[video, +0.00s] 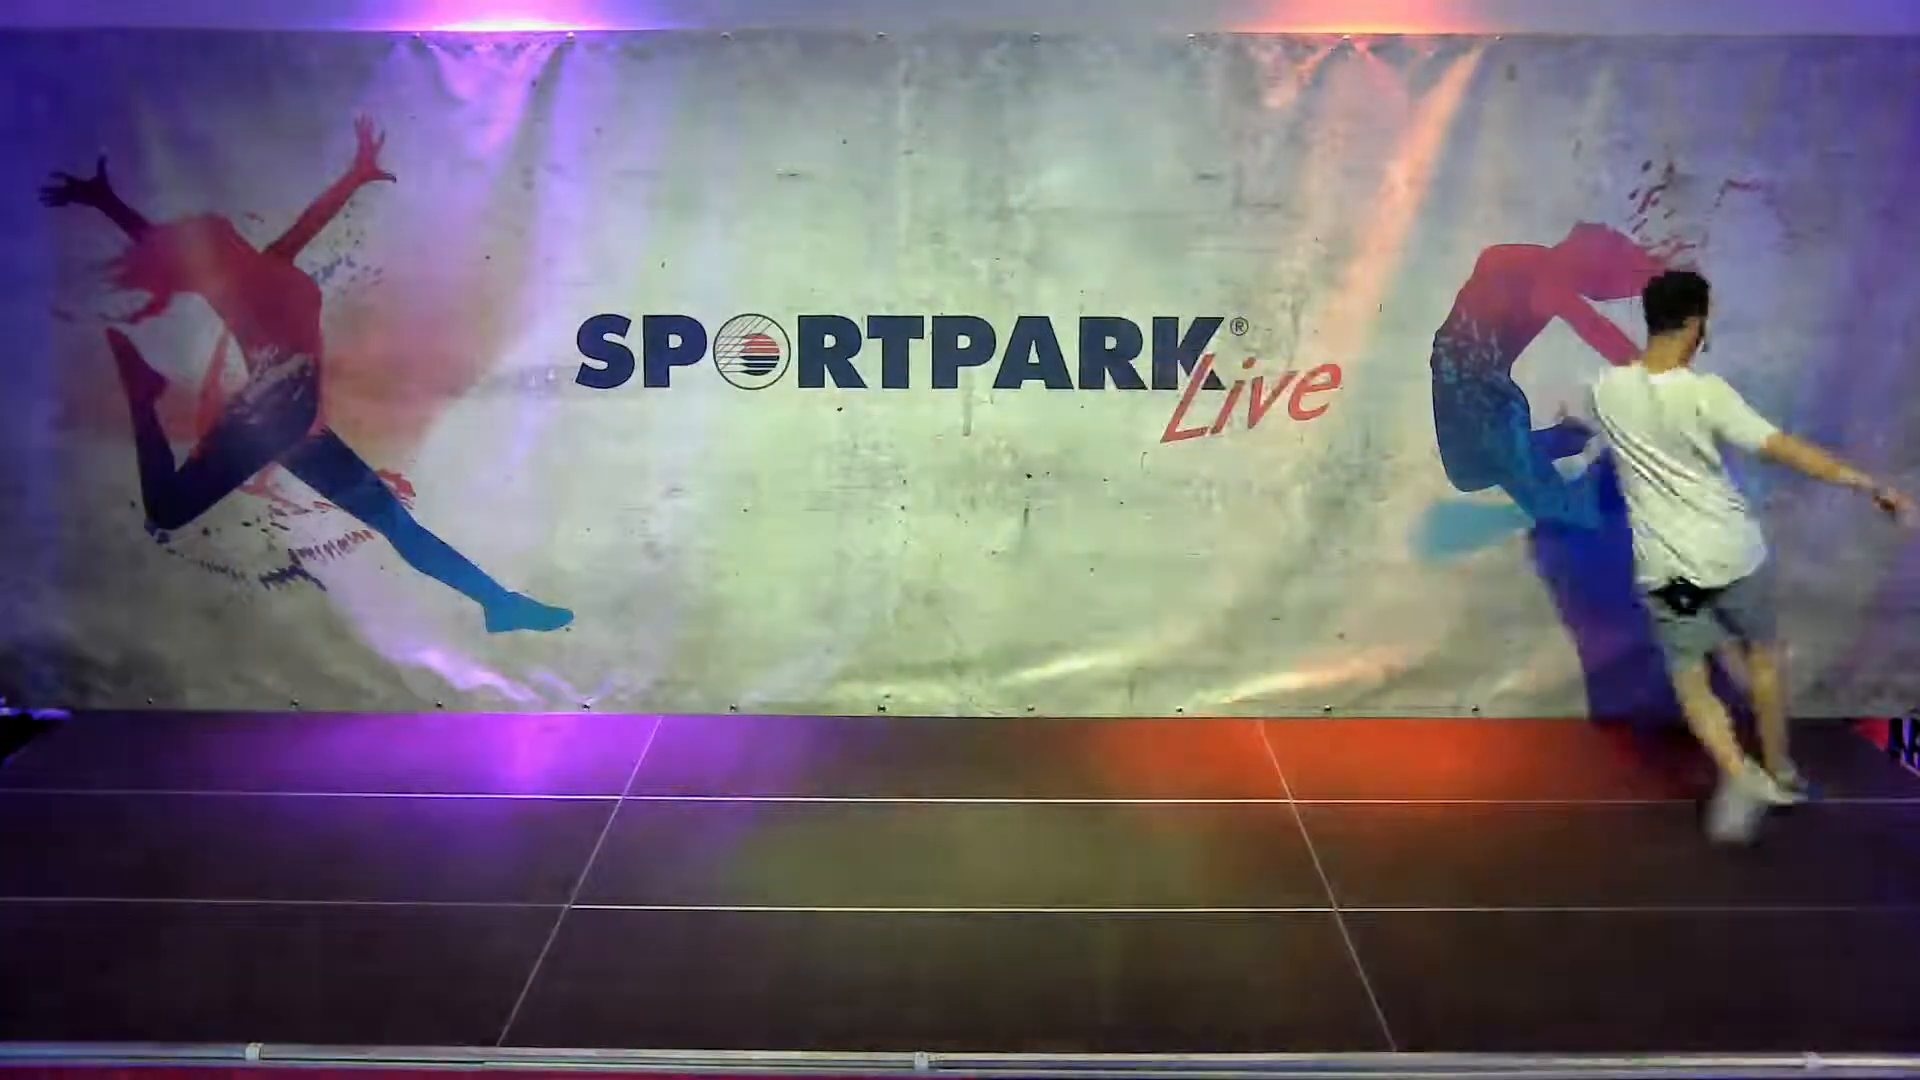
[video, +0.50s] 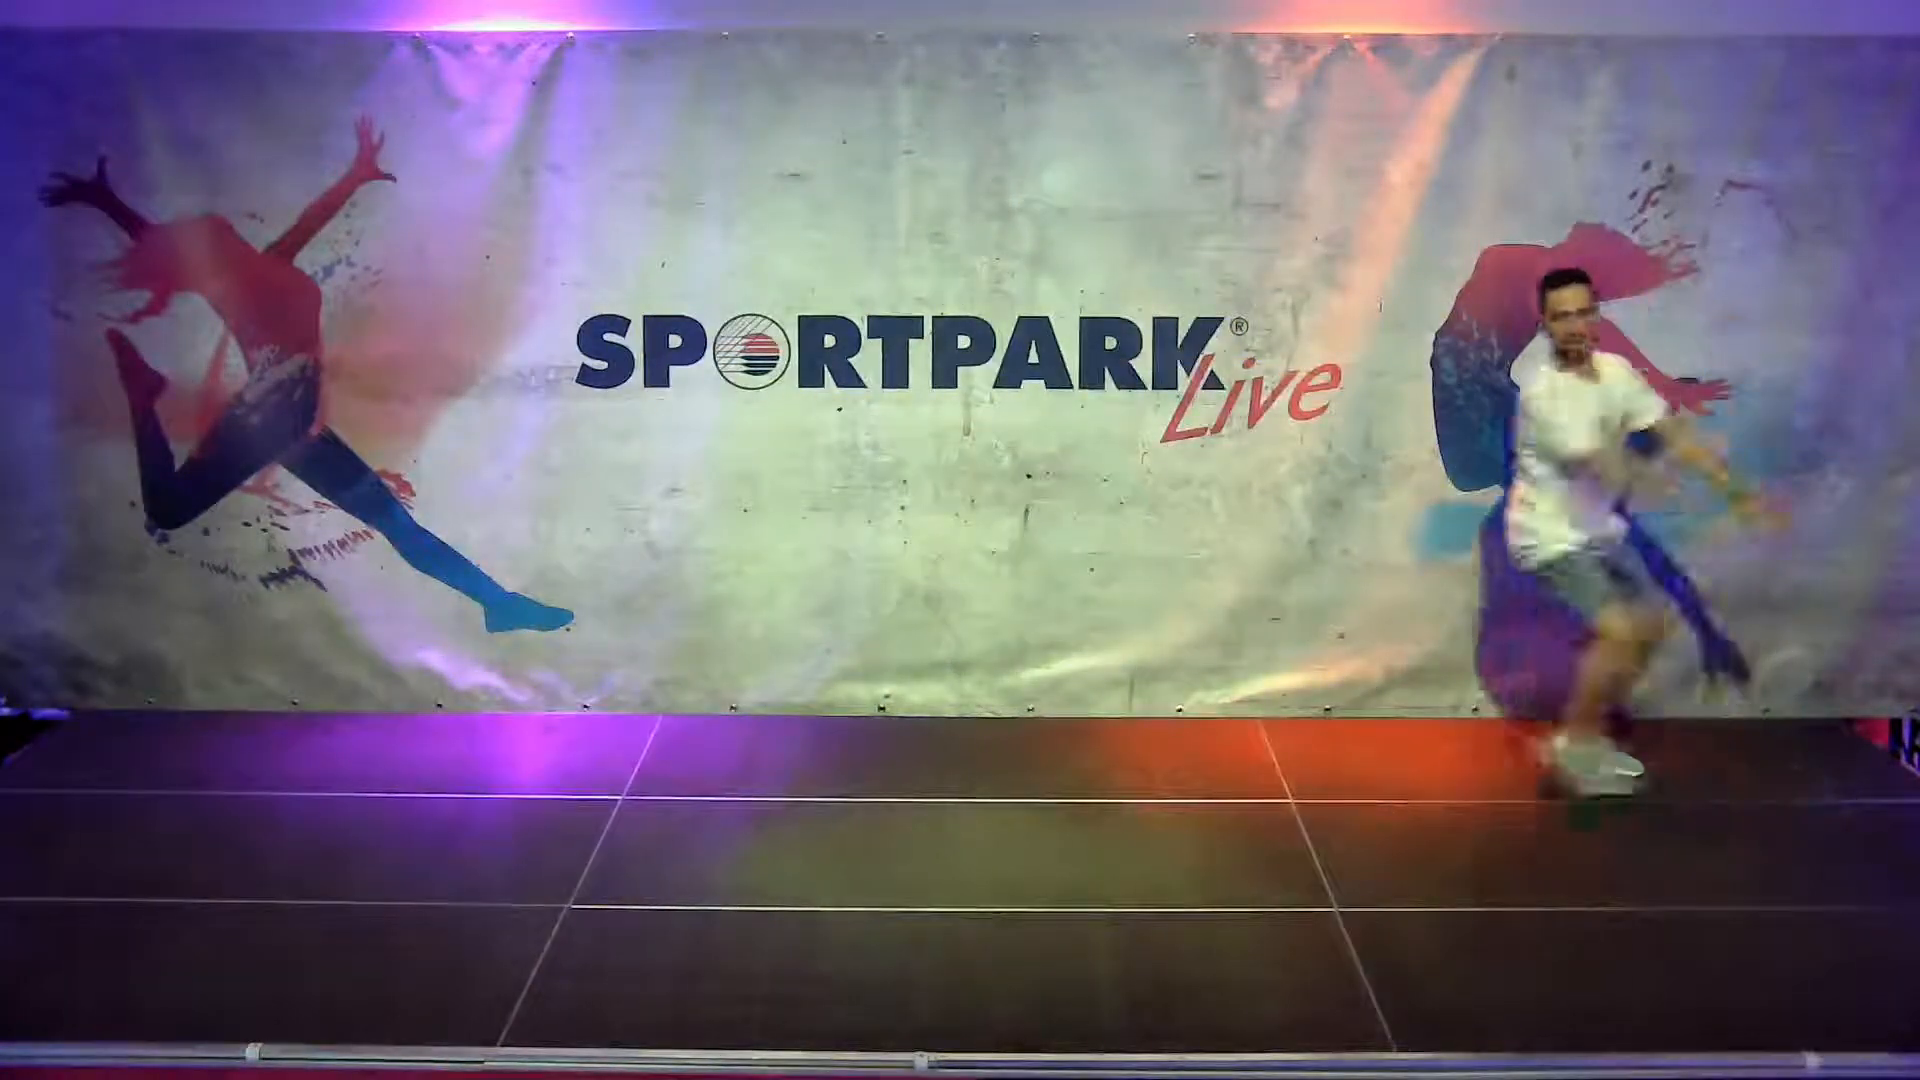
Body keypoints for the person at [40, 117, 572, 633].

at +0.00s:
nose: (188, 287)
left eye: (187, 267)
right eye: (188, 266)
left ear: (206, 254)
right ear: (204, 251)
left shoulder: (262, 270)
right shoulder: (237, 280)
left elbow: (308, 223)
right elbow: (158, 244)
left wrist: (357, 175)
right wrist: (104, 201)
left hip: (298, 426)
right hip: (260, 422)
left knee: (388, 516)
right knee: (166, 511)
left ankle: (500, 602)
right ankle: (140, 394)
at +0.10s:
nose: (194, 283)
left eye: (192, 265)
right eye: (191, 265)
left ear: (209, 254)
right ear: (205, 254)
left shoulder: (262, 270)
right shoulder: (238, 283)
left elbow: (307, 223)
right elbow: (158, 245)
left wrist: (357, 176)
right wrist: (104, 200)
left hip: (300, 428)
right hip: (259, 425)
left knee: (388, 517)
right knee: (166, 511)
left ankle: (500, 602)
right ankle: (140, 391)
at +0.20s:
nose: (194, 284)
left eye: (192, 265)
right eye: (190, 266)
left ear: (208, 254)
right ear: (204, 254)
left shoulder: (262, 270)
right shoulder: (239, 282)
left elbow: (307, 223)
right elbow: (157, 245)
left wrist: (357, 176)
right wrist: (103, 200)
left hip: (299, 428)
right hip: (259, 425)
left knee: (388, 516)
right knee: (165, 511)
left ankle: (500, 602)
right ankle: (140, 391)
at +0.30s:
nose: (193, 285)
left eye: (190, 266)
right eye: (190, 266)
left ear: (207, 255)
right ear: (205, 254)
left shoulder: (262, 270)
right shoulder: (238, 283)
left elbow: (307, 223)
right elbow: (157, 244)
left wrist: (357, 176)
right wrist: (103, 200)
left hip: (298, 427)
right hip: (259, 424)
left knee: (387, 516)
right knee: (165, 511)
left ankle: (500, 602)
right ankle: (140, 392)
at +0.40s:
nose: (180, 288)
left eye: (179, 268)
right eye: (175, 271)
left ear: (204, 252)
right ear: (204, 249)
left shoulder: (262, 269)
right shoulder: (239, 279)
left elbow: (307, 223)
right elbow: (158, 244)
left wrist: (358, 175)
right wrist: (105, 202)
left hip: (300, 429)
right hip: (262, 422)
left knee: (389, 516)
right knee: (166, 511)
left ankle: (500, 602)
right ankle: (141, 397)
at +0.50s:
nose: (177, 289)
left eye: (177, 269)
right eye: (171, 273)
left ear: (203, 253)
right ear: (204, 249)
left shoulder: (262, 269)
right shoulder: (241, 279)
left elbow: (307, 223)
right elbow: (158, 244)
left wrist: (358, 175)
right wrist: (105, 202)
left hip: (300, 428)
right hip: (262, 422)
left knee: (389, 517)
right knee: (166, 512)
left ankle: (500, 602)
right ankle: (141, 398)